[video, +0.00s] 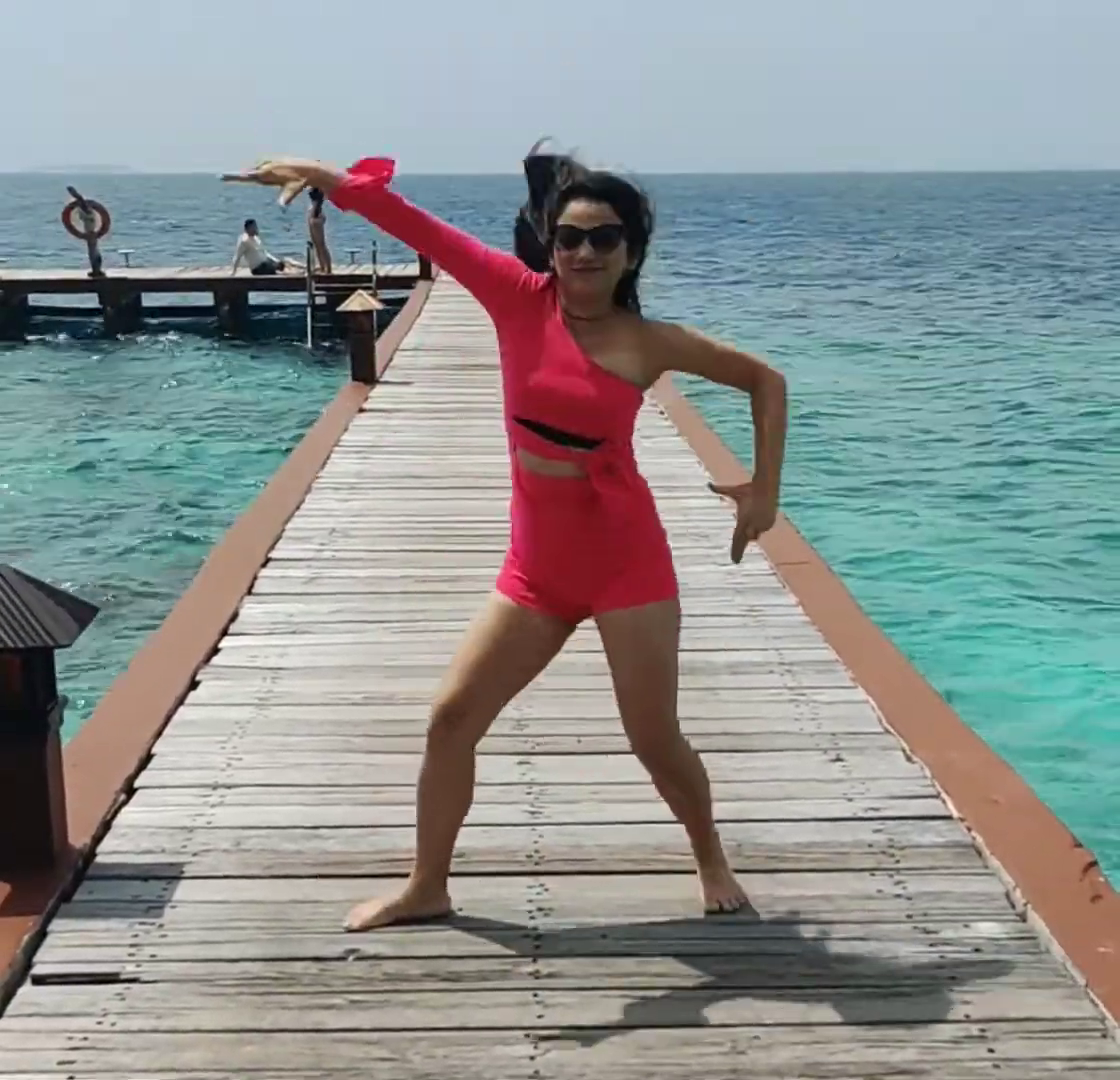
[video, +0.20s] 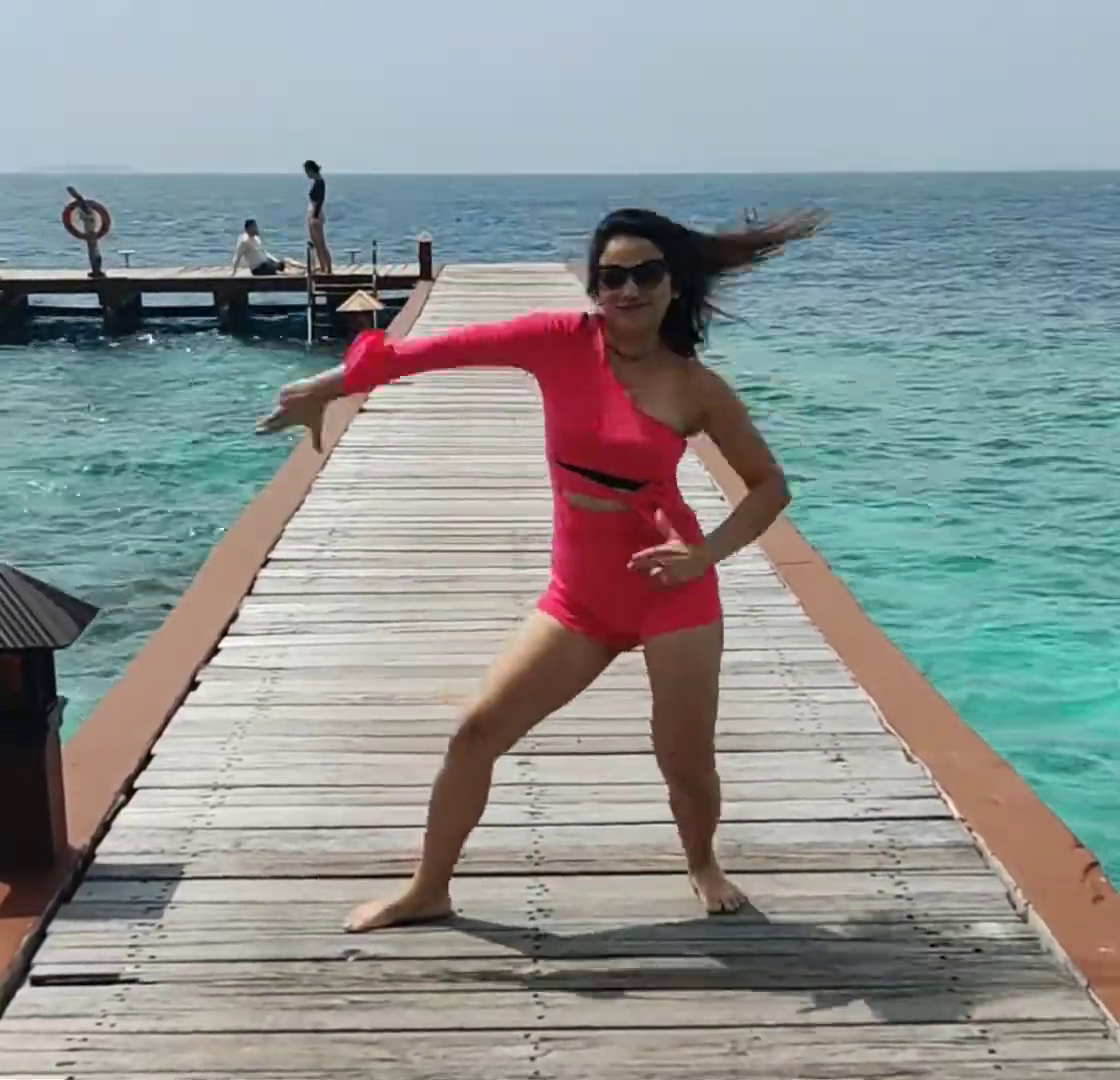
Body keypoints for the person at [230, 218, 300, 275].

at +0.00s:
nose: (255, 229)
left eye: (255, 227)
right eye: (253, 227)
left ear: (255, 227)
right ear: (247, 228)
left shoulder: (255, 237)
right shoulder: (244, 241)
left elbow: (264, 252)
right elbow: (237, 257)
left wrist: (276, 261)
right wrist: (233, 273)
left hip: (265, 262)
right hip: (258, 267)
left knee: (287, 261)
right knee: (284, 268)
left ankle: (306, 267)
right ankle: (303, 273)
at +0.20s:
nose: (256, 229)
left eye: (256, 227)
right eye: (253, 227)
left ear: (256, 227)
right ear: (247, 229)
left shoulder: (256, 238)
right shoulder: (244, 241)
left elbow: (264, 253)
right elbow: (237, 258)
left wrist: (276, 261)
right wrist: (233, 273)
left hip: (265, 263)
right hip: (258, 268)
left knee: (287, 261)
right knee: (285, 269)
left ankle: (306, 267)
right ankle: (303, 273)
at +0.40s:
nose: (256, 230)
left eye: (256, 227)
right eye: (253, 228)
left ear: (256, 228)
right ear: (247, 229)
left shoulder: (256, 238)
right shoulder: (244, 242)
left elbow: (264, 253)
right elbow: (238, 258)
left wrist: (276, 261)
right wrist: (234, 273)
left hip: (265, 263)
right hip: (258, 268)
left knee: (286, 262)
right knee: (285, 269)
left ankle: (305, 268)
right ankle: (304, 274)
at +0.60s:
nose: (256, 229)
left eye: (256, 226)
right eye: (254, 227)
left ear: (256, 227)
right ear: (248, 229)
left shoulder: (257, 237)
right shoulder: (244, 241)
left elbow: (265, 252)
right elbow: (238, 257)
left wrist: (277, 261)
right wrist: (234, 273)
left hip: (266, 262)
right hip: (259, 267)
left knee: (288, 261)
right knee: (286, 269)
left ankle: (307, 267)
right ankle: (305, 273)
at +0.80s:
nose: (257, 228)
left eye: (257, 225)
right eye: (254, 226)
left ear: (257, 226)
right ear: (249, 228)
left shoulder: (257, 237)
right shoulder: (245, 241)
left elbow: (266, 252)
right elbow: (239, 257)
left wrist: (278, 260)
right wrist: (235, 272)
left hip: (267, 261)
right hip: (259, 267)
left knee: (288, 260)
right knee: (286, 268)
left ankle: (308, 267)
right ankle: (305, 273)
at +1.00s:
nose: (257, 228)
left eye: (257, 225)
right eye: (254, 226)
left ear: (257, 227)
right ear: (248, 228)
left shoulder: (257, 237)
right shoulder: (245, 241)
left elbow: (266, 252)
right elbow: (239, 258)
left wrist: (278, 261)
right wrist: (235, 273)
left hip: (267, 261)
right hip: (260, 267)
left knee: (289, 262)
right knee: (286, 269)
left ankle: (310, 267)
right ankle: (306, 273)